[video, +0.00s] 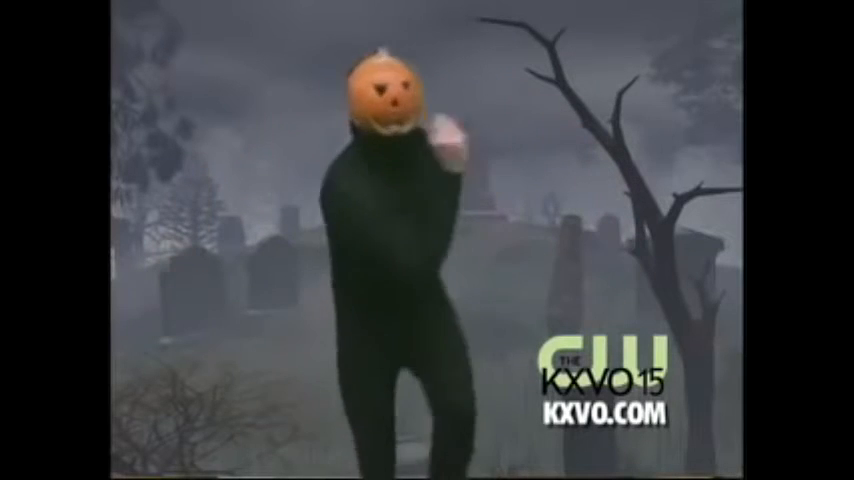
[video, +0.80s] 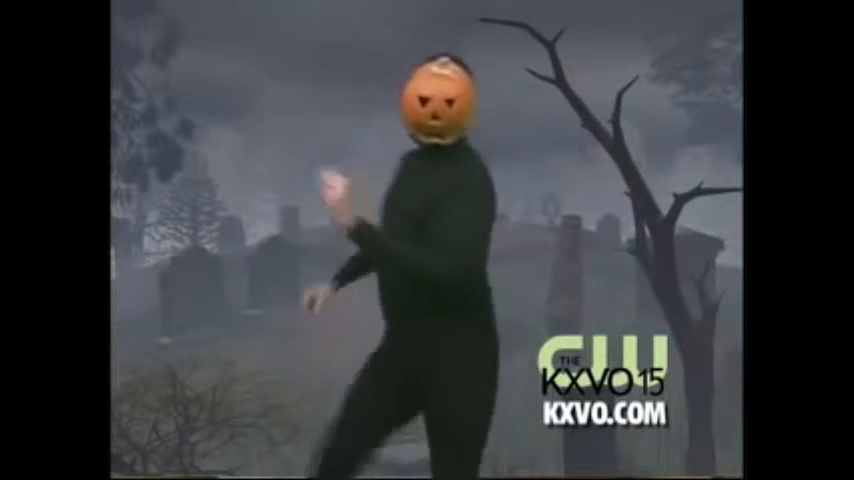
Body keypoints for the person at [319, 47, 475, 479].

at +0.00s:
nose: (395, 94)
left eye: (405, 84)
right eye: (379, 86)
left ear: (419, 97)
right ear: (356, 110)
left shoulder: (432, 160)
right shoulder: (346, 179)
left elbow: (432, 253)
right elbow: (413, 263)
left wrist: (453, 169)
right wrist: (449, 180)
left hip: (428, 320)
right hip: (366, 331)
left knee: (458, 415)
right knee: (376, 454)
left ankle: (446, 474)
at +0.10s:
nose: (380, 95)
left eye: (389, 85)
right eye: (365, 87)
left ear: (405, 94)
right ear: (343, 104)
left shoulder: (429, 153)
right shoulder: (337, 178)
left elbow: (429, 238)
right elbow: (381, 258)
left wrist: (450, 198)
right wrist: (442, 210)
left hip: (426, 336)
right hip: (362, 343)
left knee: (442, 463)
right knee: (372, 466)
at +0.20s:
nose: (378, 113)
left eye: (389, 102)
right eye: (363, 105)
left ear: (404, 112)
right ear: (343, 121)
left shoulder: (425, 172)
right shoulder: (334, 200)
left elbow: (442, 228)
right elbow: (358, 282)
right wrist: (400, 243)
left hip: (421, 348)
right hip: (360, 356)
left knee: (450, 465)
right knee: (372, 469)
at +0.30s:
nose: (388, 132)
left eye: (398, 121)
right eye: (373, 123)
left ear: (415, 130)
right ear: (352, 136)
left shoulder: (437, 192)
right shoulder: (339, 215)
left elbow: (483, 276)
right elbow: (333, 316)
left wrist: (488, 253)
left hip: (417, 355)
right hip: (355, 364)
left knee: (483, 456)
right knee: (370, 472)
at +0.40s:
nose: (400, 130)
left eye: (411, 119)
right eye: (386, 121)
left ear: (426, 129)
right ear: (363, 132)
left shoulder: (450, 191)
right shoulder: (345, 208)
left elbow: (506, 277)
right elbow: (300, 301)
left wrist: (465, 218)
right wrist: (336, 314)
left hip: (423, 351)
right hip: (357, 359)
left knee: (500, 430)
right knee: (365, 471)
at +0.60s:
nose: (422, 81)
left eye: (434, 72)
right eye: (409, 71)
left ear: (450, 81)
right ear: (388, 80)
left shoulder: (463, 153)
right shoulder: (357, 142)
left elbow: (479, 259)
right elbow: (324, 229)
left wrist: (394, 240)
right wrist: (326, 306)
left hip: (449, 334)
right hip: (379, 333)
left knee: (457, 467)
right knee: (383, 467)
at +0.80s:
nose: (435, 111)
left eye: (449, 102)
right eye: (423, 100)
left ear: (468, 110)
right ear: (406, 105)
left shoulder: (469, 177)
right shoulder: (413, 166)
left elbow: (450, 270)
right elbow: (395, 243)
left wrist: (359, 227)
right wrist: (335, 284)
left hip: (459, 354)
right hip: (406, 347)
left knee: (455, 471)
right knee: (335, 461)